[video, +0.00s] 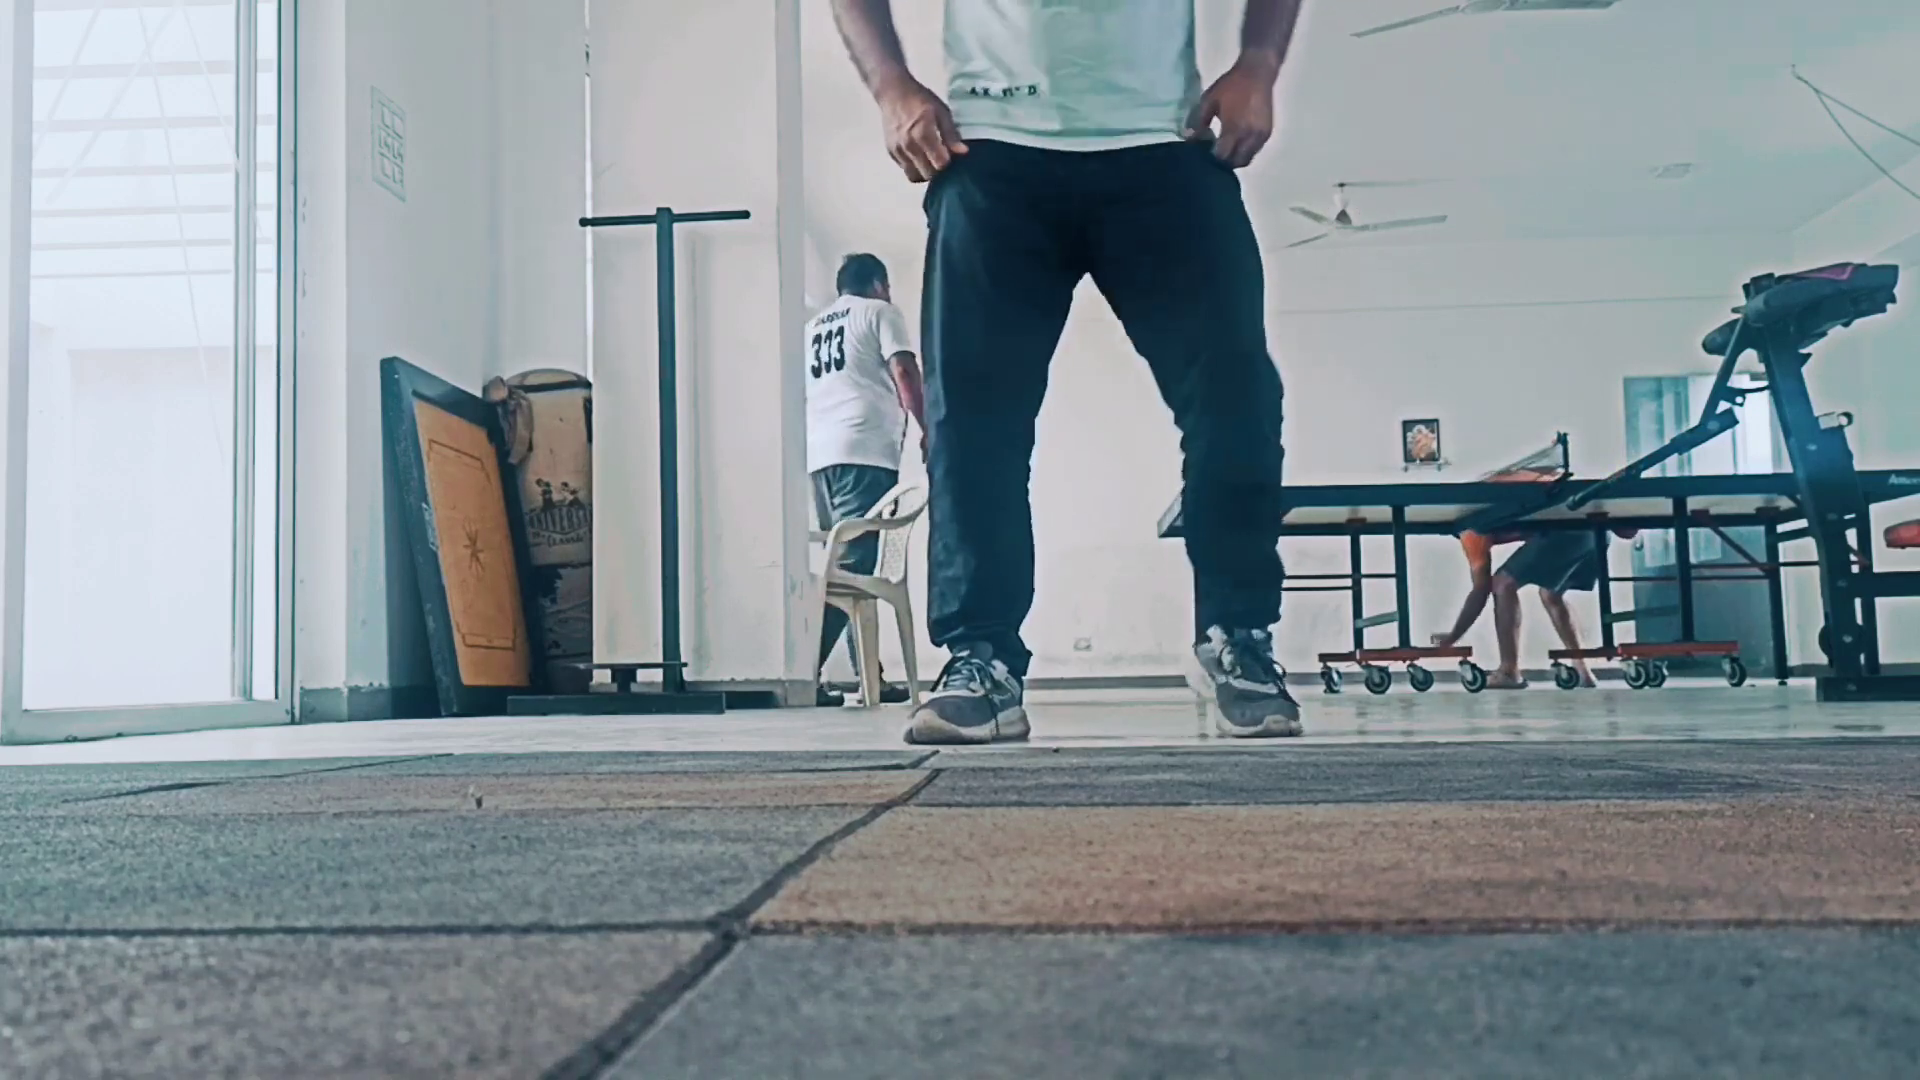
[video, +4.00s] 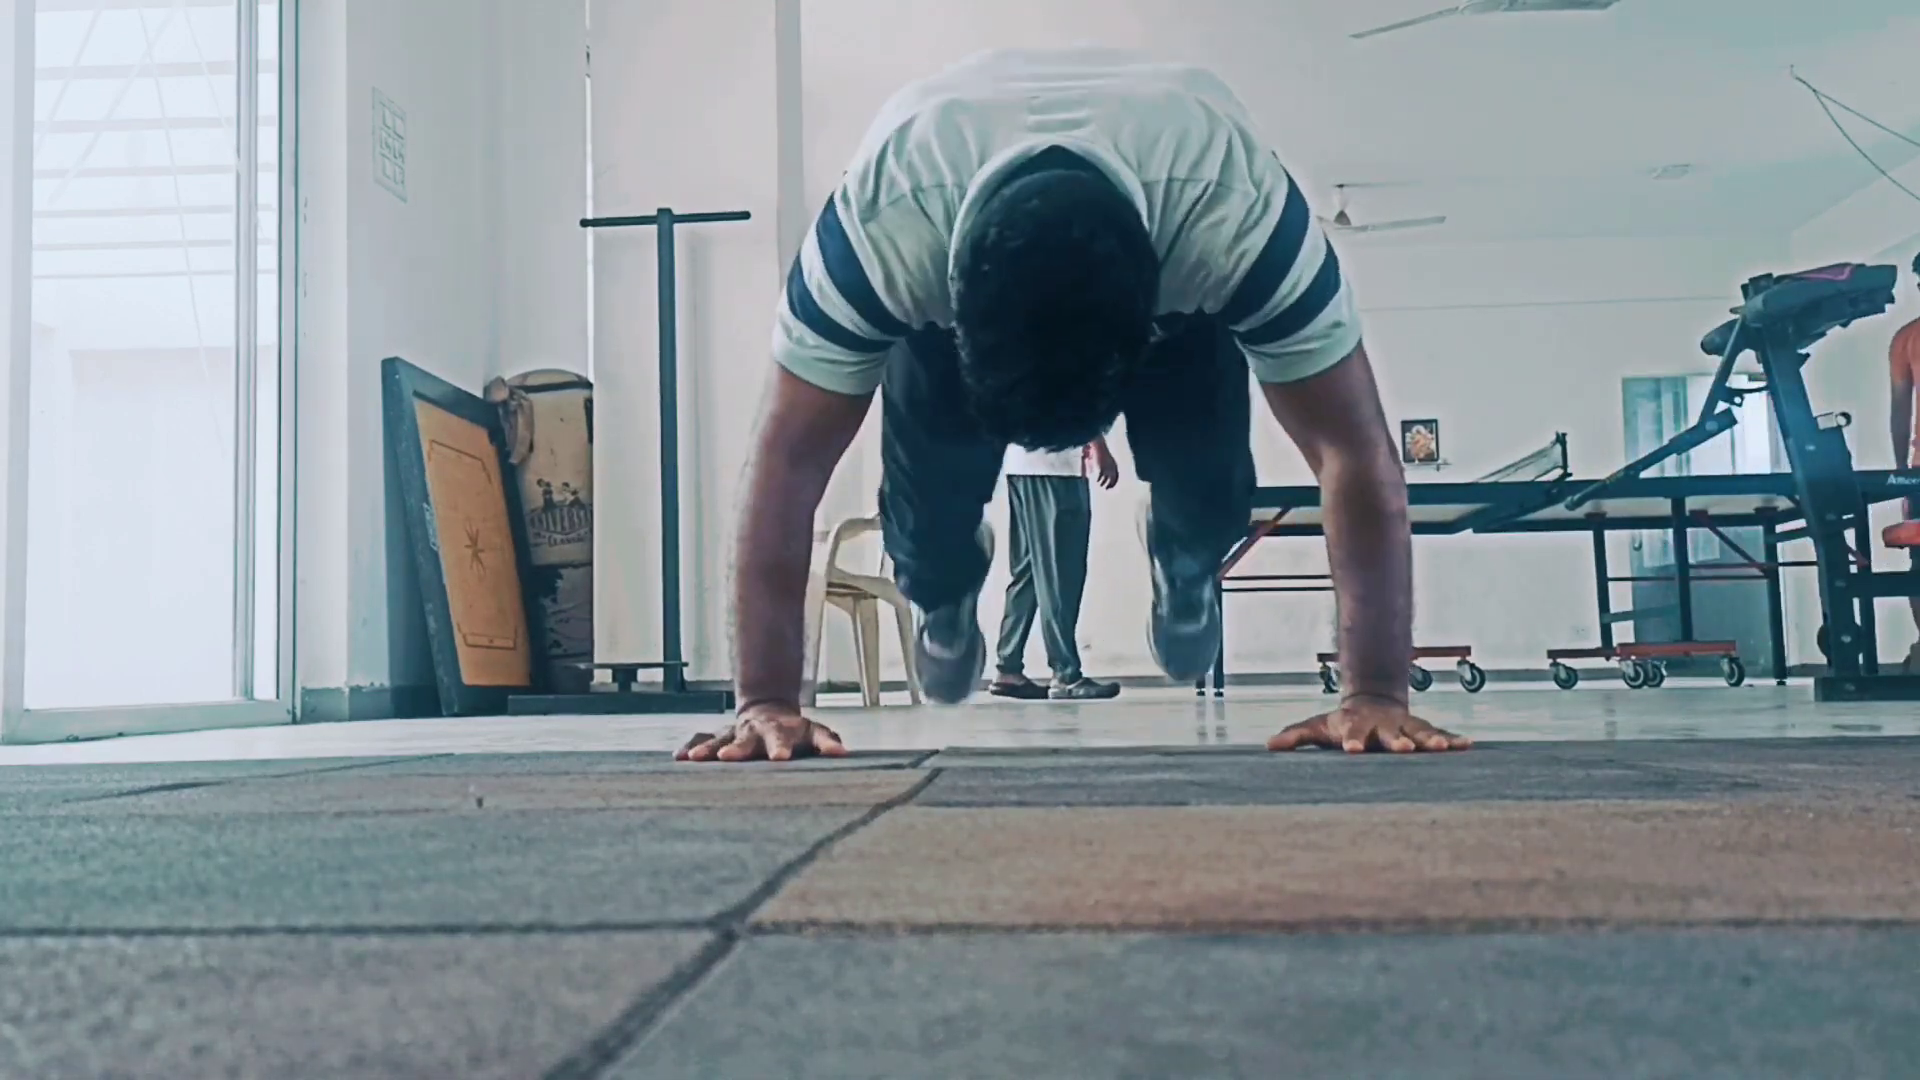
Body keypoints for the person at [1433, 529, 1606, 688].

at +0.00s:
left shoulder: (1472, 530)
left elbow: (1481, 588)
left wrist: (1452, 638)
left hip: (1563, 532)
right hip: (1589, 529)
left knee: (1502, 583)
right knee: (1550, 594)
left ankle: (1509, 671)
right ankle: (1583, 672)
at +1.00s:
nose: (1539, 379)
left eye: (1541, 369)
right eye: (1535, 373)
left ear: (1559, 360)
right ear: (1550, 366)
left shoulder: (1584, 391)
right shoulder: (1573, 395)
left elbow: (1595, 448)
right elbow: (1576, 448)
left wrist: (1543, 443)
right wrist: (1543, 444)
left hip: (1595, 497)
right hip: (1586, 496)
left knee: (1577, 574)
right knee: (1579, 575)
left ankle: (1592, 664)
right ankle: (1593, 662)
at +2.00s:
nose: (1713, 360)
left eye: (1718, 350)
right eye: (1708, 352)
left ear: (1738, 346)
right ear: (1707, 354)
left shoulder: (1767, 382)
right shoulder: (1711, 390)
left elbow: (1791, 443)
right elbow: (1704, 452)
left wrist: (1743, 416)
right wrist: (1687, 499)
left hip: (1760, 490)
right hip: (1724, 493)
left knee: (1741, 574)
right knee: (1761, 583)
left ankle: (1720, 663)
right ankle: (1814, 655)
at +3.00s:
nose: (1895, 335)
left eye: (1901, 326)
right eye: (1885, 327)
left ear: (1912, 322)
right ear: (1871, 325)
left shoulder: (1918, 357)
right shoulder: (1853, 365)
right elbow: (1838, 424)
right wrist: (1834, 467)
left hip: (1915, 477)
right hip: (1870, 481)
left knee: (1918, 570)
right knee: (1869, 572)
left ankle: (1916, 653)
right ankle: (1887, 652)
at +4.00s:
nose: (1917, 284)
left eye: (1917, 277)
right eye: (1917, 276)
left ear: (1916, 281)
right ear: (1914, 280)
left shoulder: (1905, 340)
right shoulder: (1904, 340)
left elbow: (1900, 417)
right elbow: (1900, 417)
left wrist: (1904, 473)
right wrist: (1904, 474)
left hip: (1919, 474)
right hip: (1919, 475)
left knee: (1916, 566)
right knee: (1915, 565)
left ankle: (1918, 643)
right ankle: (1917, 643)